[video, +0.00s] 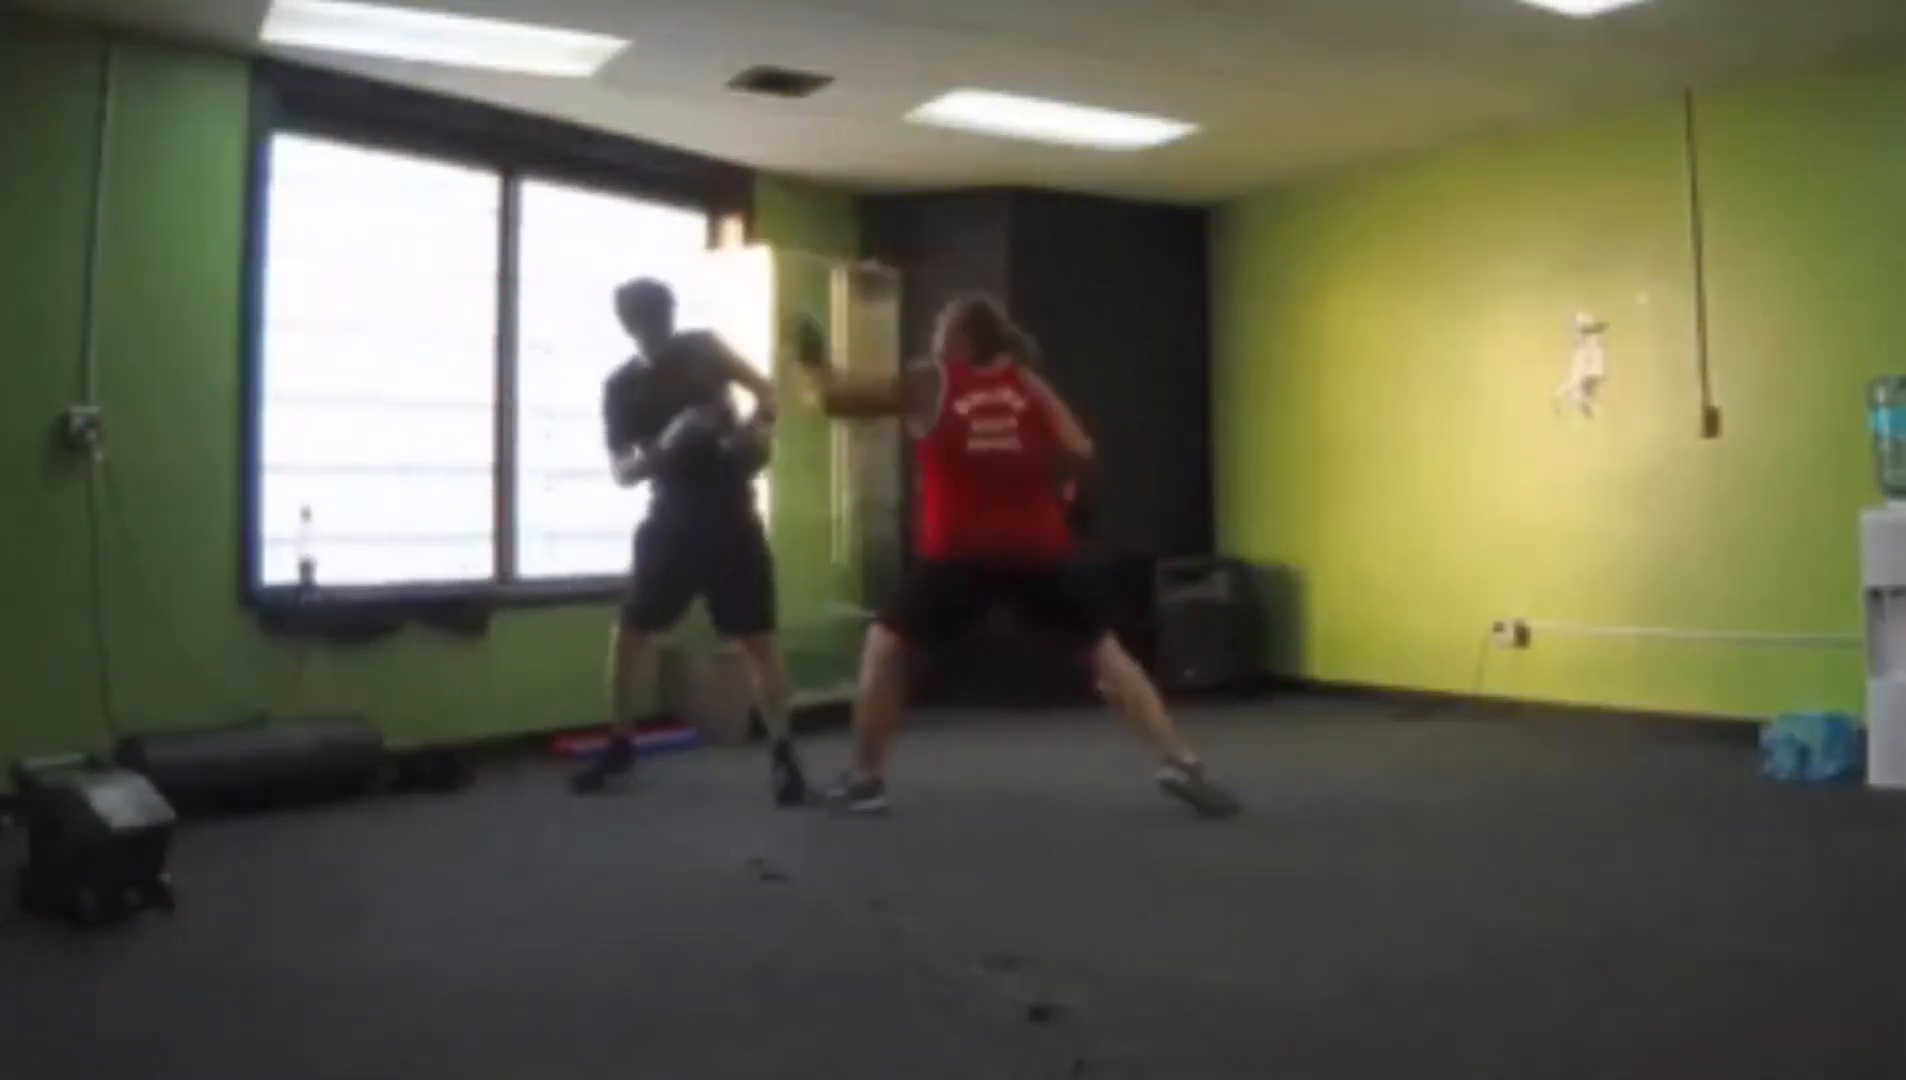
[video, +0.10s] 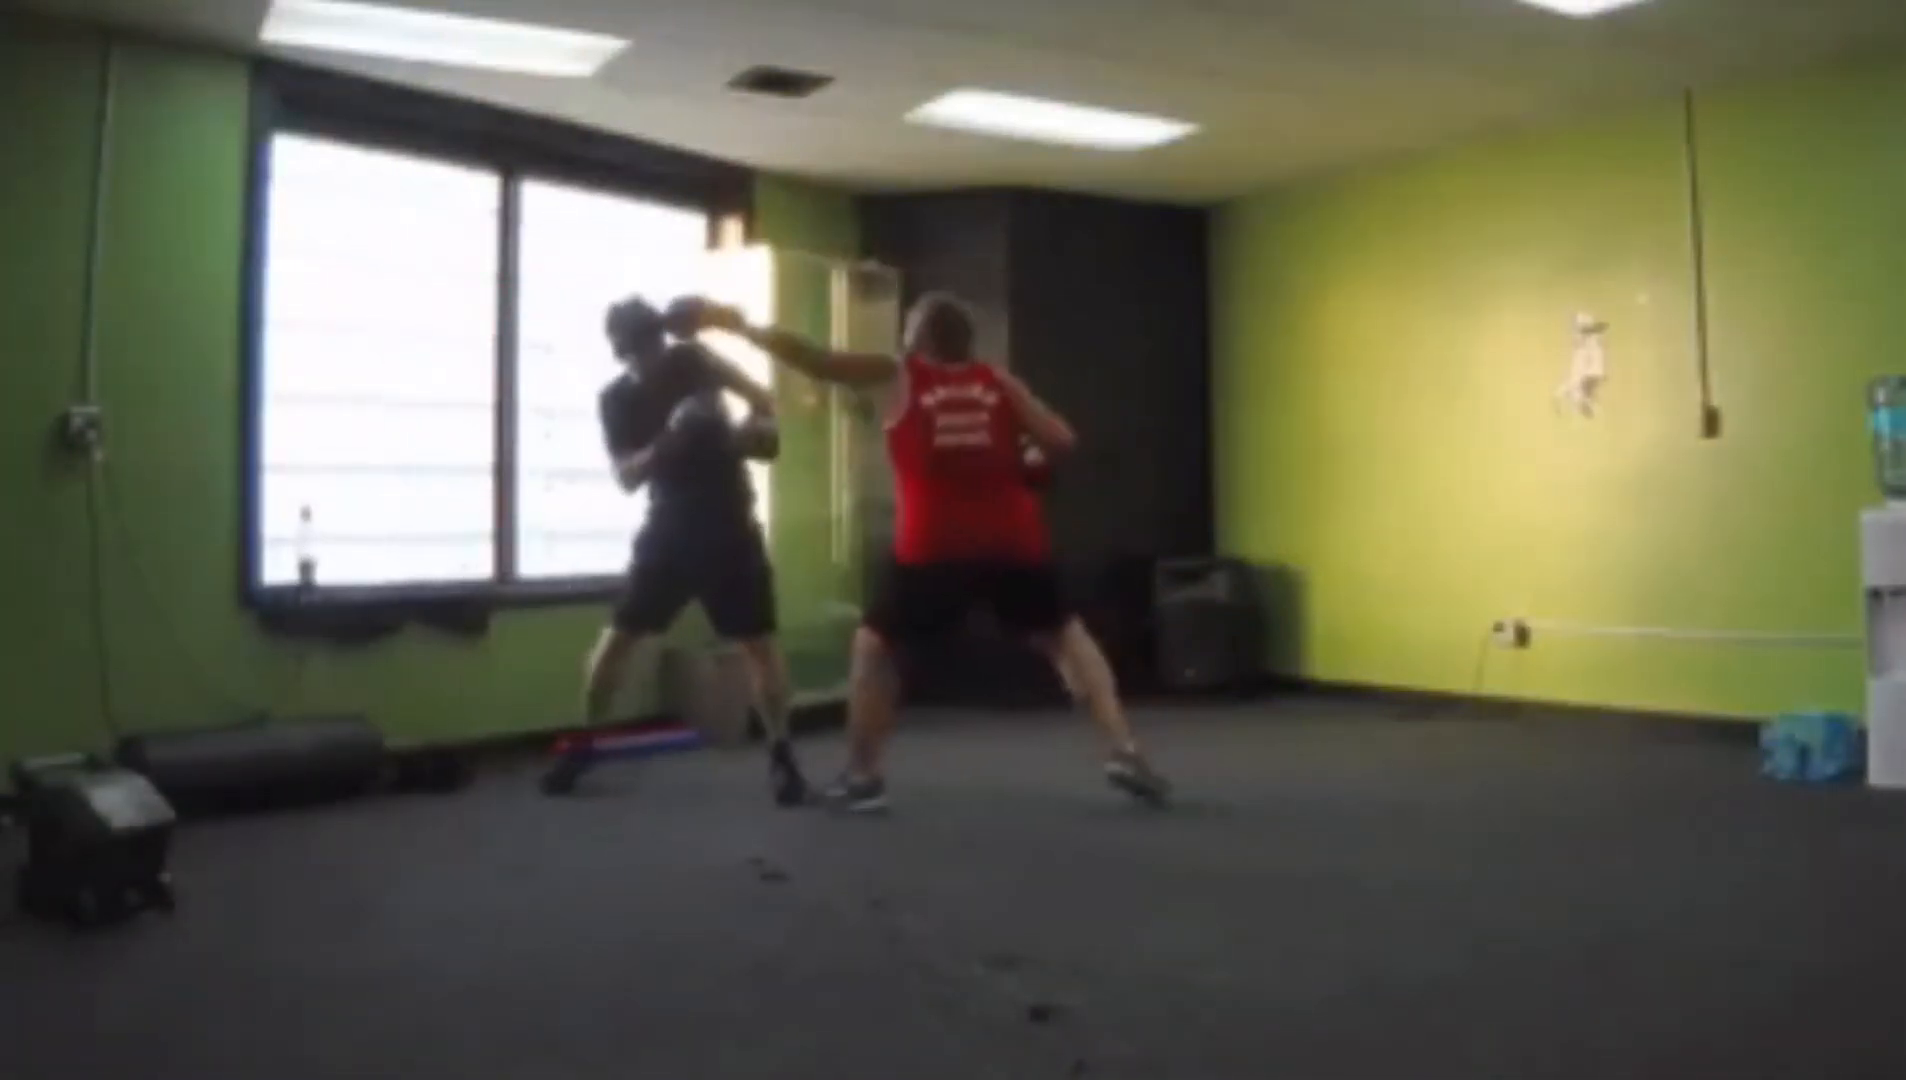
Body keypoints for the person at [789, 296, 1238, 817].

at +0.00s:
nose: (936, 343)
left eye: (942, 334)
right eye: (940, 333)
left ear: (955, 340)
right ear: (998, 342)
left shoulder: (928, 382)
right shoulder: (1028, 385)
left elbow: (838, 398)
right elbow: (1078, 448)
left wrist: (818, 366)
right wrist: (1051, 485)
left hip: (954, 560)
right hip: (1039, 557)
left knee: (884, 644)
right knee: (1103, 653)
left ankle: (866, 777)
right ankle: (1180, 760)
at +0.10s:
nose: (905, 338)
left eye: (909, 331)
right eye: (910, 332)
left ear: (919, 339)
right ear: (969, 340)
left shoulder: (896, 374)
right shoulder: (998, 381)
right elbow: (1062, 438)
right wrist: (1033, 467)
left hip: (931, 554)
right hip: (1014, 552)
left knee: (874, 647)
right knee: (1065, 636)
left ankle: (863, 773)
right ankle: (1123, 750)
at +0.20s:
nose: (898, 326)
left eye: (904, 317)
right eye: (903, 316)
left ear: (915, 325)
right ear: (958, 326)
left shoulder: (887, 372)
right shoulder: (991, 371)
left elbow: (795, 401)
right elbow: (1050, 435)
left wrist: (762, 382)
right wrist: (998, 448)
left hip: (917, 537)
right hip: (997, 536)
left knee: (863, 639)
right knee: (1023, 639)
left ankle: (856, 774)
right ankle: (1061, 764)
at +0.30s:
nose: (885, 330)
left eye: (890, 320)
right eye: (887, 319)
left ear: (903, 324)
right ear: (944, 325)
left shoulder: (888, 374)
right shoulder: (976, 372)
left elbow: (836, 450)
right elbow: (1019, 436)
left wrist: (779, 457)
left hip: (908, 532)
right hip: (983, 532)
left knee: (842, 633)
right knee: (994, 649)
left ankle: (845, 767)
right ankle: (1043, 767)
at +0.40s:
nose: (857, 335)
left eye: (862, 325)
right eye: (859, 324)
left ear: (878, 328)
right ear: (914, 326)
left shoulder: (880, 384)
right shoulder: (951, 373)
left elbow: (860, 475)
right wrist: (854, 388)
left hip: (902, 544)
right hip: (970, 541)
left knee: (847, 647)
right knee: (988, 653)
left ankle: (842, 778)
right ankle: (1043, 768)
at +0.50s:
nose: (834, 357)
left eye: (841, 344)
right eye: (833, 345)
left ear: (871, 343)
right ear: (876, 342)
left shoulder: (902, 396)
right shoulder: (875, 393)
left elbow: (888, 494)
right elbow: (813, 422)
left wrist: (853, 477)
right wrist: (775, 396)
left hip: (928, 538)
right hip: (972, 536)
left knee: (871, 649)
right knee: (989, 648)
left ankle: (847, 780)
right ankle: (1047, 771)